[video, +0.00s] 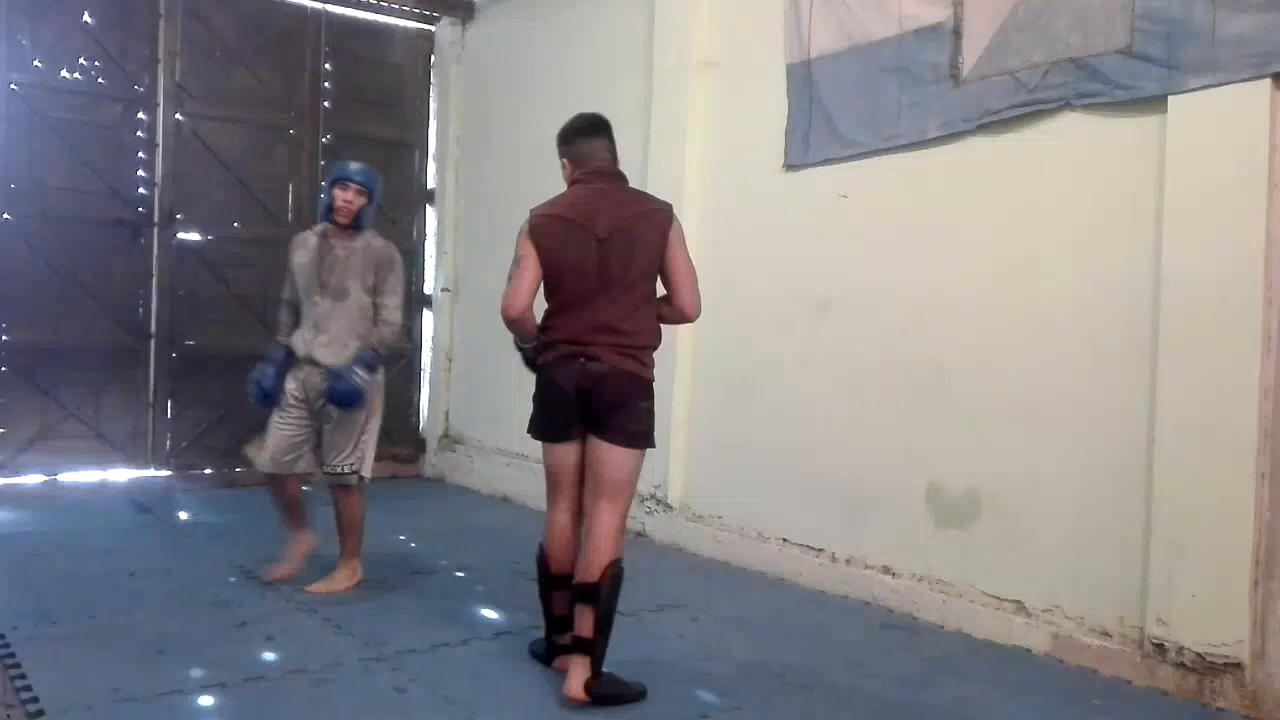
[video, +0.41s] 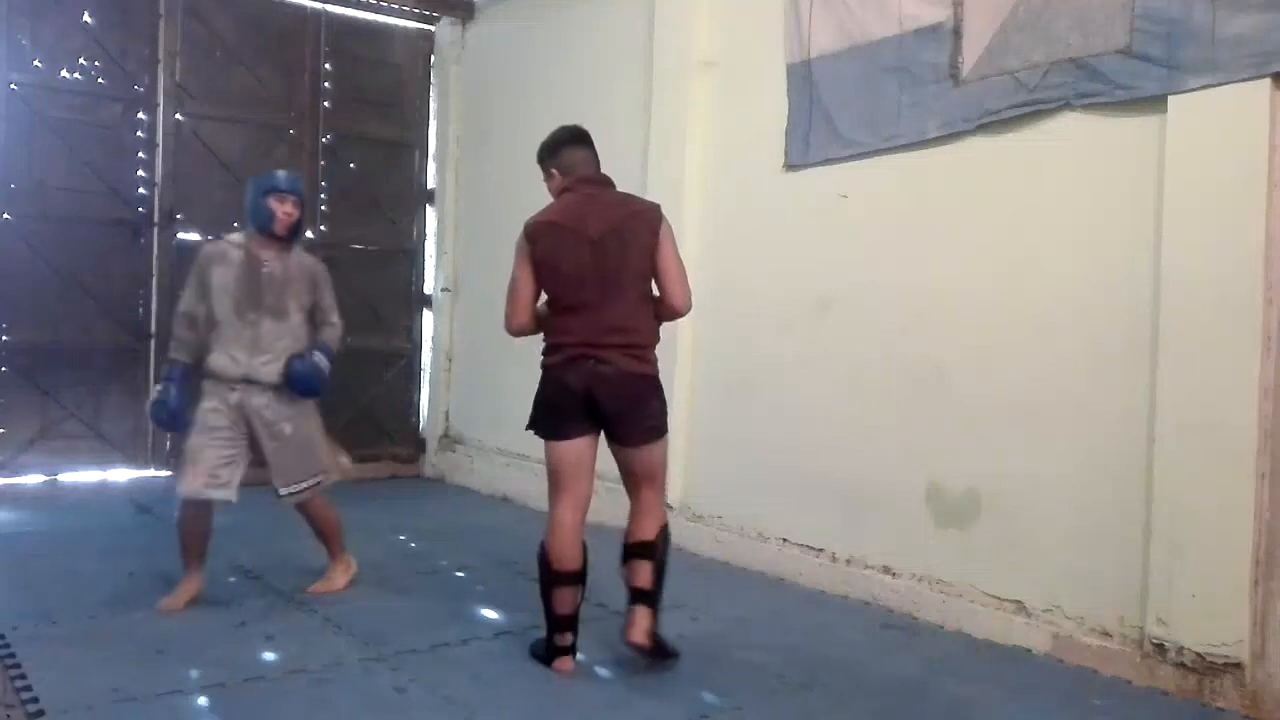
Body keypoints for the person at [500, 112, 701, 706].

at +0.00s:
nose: (566, 172)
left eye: (563, 165)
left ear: (566, 165)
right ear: (618, 160)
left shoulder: (545, 220)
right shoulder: (658, 215)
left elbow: (514, 309)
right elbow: (686, 306)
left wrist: (533, 343)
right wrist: (637, 308)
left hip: (560, 376)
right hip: (625, 381)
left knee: (562, 507)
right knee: (607, 516)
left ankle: (559, 641)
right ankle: (582, 672)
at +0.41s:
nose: (544, 186)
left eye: (543, 179)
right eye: (545, 179)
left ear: (553, 176)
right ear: (598, 165)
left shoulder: (539, 228)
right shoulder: (647, 215)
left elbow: (519, 322)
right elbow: (677, 301)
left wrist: (562, 310)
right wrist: (637, 309)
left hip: (565, 384)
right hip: (631, 384)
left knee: (567, 503)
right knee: (647, 492)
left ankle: (562, 647)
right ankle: (641, 626)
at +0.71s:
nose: (580, 198)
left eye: (580, 190)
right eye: (579, 190)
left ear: (595, 183)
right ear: (632, 178)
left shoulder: (579, 228)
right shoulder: (680, 232)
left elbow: (550, 315)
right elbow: (699, 318)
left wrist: (567, 335)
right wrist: (650, 327)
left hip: (589, 388)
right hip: (653, 391)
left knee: (573, 503)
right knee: (653, 500)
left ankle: (563, 642)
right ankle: (676, 628)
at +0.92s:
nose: (596, 196)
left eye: (596, 188)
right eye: (595, 188)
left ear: (610, 183)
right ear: (645, 181)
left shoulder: (601, 225)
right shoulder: (689, 234)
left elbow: (601, 298)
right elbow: (708, 316)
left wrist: (571, 328)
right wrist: (654, 325)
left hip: (608, 379)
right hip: (669, 383)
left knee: (562, 475)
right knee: (658, 497)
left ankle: (582, 603)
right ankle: (677, 627)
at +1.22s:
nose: (588, 214)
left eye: (590, 204)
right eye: (586, 205)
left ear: (611, 200)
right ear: (629, 198)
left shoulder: (605, 246)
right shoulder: (678, 244)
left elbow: (591, 331)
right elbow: (712, 314)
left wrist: (562, 329)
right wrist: (658, 324)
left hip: (617, 387)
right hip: (671, 389)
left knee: (584, 490)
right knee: (649, 482)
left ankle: (601, 618)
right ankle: (688, 587)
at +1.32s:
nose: (600, 189)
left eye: (602, 180)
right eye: (599, 180)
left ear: (620, 176)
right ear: (643, 173)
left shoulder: (619, 222)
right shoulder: (688, 219)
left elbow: (616, 301)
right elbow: (725, 288)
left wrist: (583, 295)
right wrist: (672, 296)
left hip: (635, 363)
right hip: (684, 361)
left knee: (607, 474)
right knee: (664, 463)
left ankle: (602, 603)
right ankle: (709, 576)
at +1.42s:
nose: (618, 185)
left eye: (620, 176)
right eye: (617, 176)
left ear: (638, 172)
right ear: (662, 170)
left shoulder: (637, 215)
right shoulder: (701, 215)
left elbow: (632, 293)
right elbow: (735, 286)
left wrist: (600, 275)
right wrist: (680, 287)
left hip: (651, 357)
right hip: (699, 355)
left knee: (620, 469)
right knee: (683, 461)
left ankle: (625, 598)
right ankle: (727, 575)